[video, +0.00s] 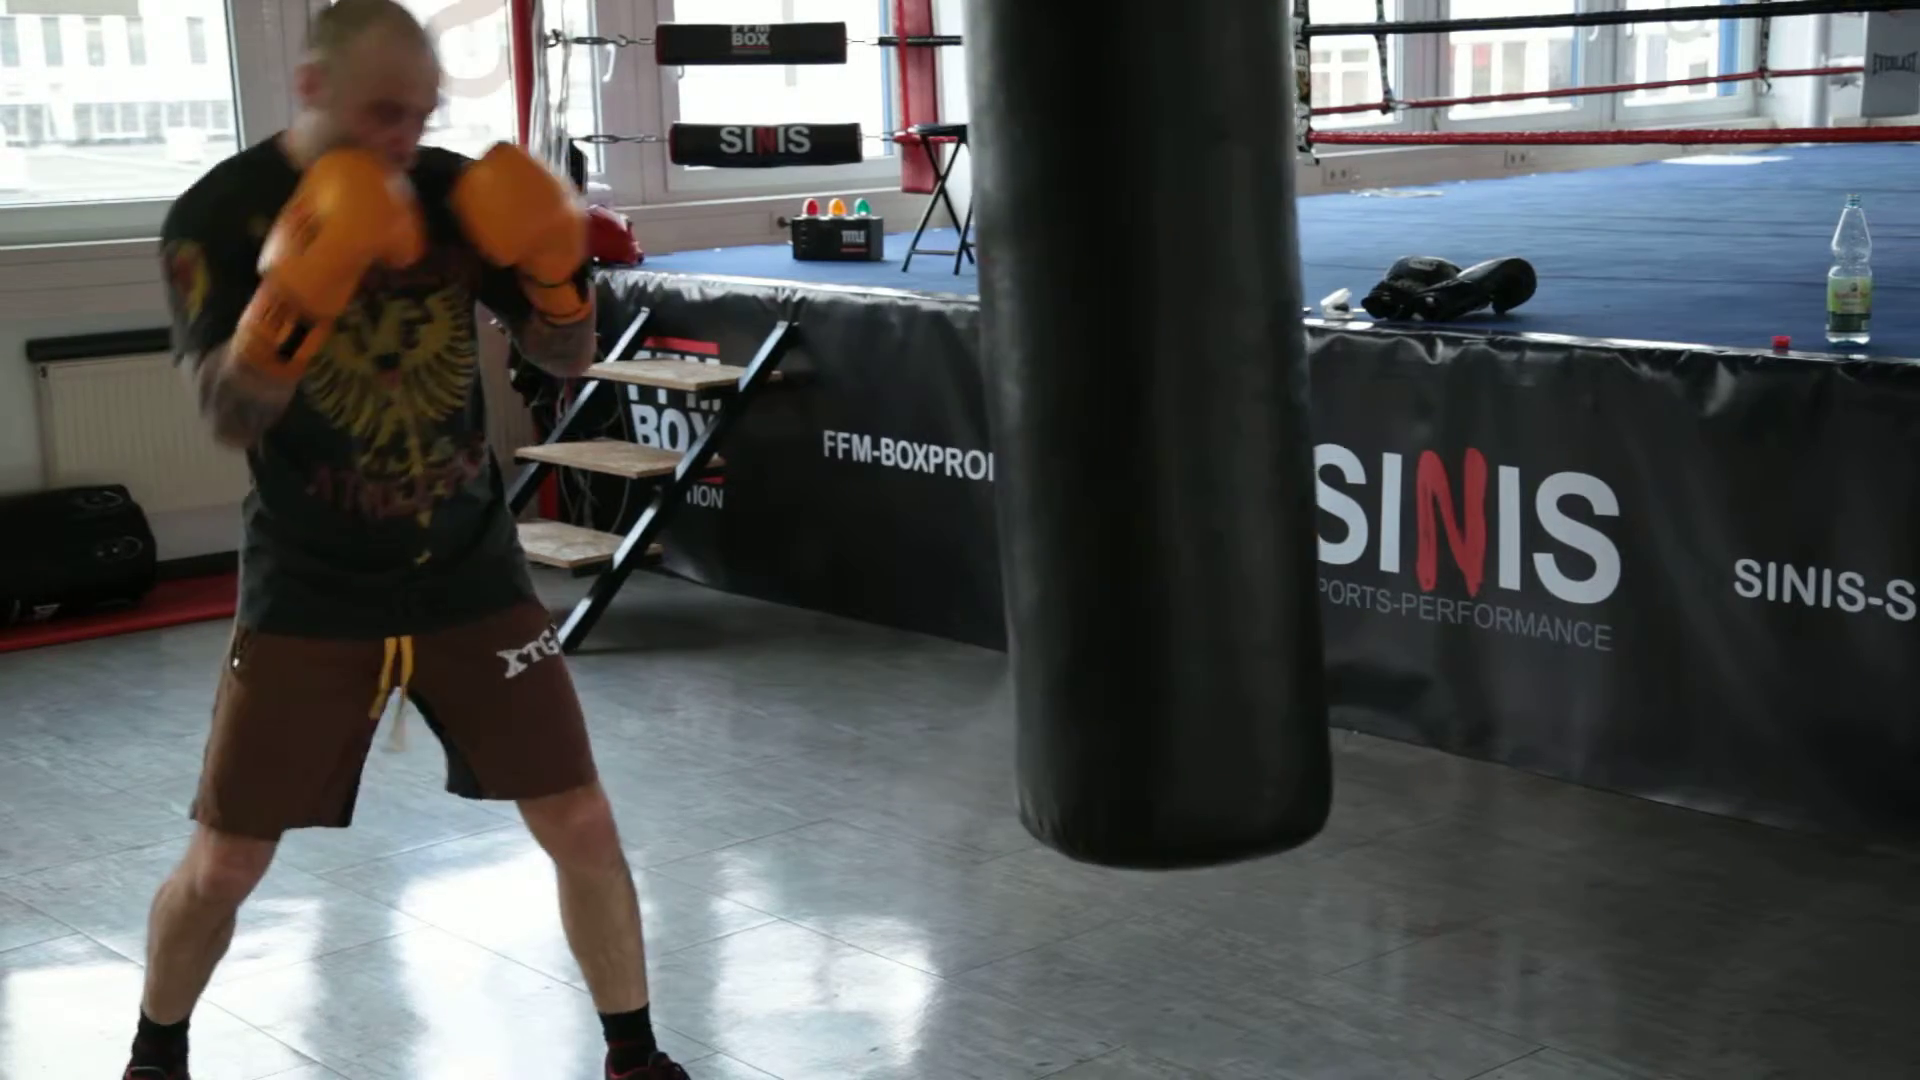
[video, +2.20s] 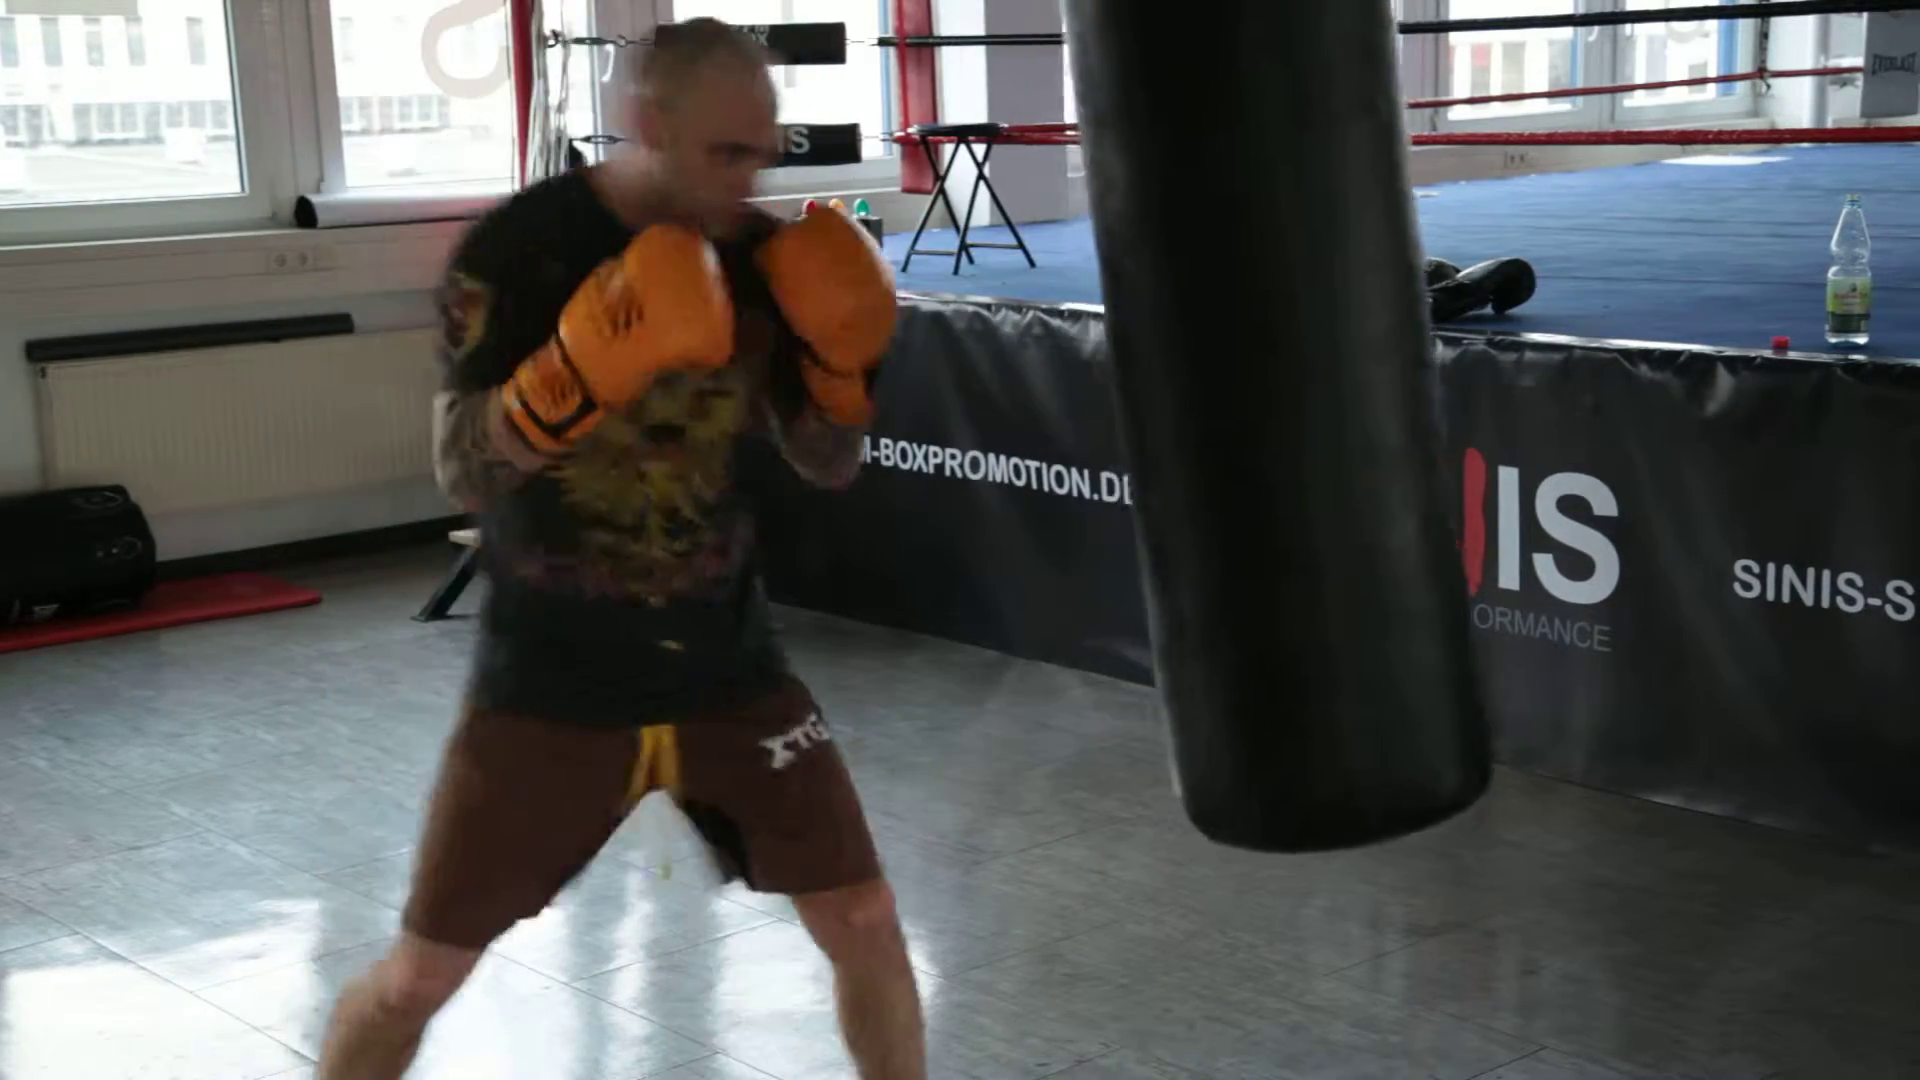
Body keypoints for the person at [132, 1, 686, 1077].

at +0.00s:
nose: (408, 139)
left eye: (423, 113)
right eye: (384, 112)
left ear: (439, 99)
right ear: (311, 88)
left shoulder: (457, 192)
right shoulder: (223, 216)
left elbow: (557, 372)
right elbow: (231, 418)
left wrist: (558, 279)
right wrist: (294, 294)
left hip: (469, 561)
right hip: (311, 574)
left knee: (583, 824)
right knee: (226, 865)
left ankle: (636, 1058)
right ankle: (156, 1058)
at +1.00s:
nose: (444, 256)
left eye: (460, 227)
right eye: (416, 234)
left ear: (479, 201)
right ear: (342, 213)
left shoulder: (523, 261)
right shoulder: (273, 301)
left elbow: (661, 428)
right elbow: (261, 498)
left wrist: (616, 328)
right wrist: (332, 437)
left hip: (525, 637)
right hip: (353, 646)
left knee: (654, 883)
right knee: (254, 921)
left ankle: (703, 1073)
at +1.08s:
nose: (495, 275)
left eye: (508, 247)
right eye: (468, 255)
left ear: (522, 221)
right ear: (390, 232)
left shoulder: (565, 298)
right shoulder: (313, 319)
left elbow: (670, 474)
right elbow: (286, 510)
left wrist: (659, 401)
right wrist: (335, 497)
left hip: (557, 658)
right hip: (381, 673)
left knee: (689, 886)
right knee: (272, 934)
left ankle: (711, 1073)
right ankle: (205, 1078)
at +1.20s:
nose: (630, 226)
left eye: (640, 198)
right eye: (607, 200)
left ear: (649, 178)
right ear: (534, 171)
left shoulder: (634, 272)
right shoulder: (414, 264)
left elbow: (681, 431)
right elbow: (329, 454)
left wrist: (704, 368)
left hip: (575, 607)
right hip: (424, 620)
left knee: (685, 848)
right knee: (324, 915)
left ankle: (711, 1074)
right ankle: (208, 1077)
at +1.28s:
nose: (681, 213)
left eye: (695, 189)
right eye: (660, 185)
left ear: (705, 175)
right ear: (580, 159)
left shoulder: (651, 257)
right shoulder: (489, 225)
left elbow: (701, 412)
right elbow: (466, 341)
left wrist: (749, 348)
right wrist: (659, 277)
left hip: (578, 589)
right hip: (441, 602)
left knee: (688, 839)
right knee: (334, 910)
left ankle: (710, 1075)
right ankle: (210, 1073)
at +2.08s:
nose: (661, 159)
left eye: (673, 132)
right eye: (638, 132)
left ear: (681, 119)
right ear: (551, 101)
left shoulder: (653, 225)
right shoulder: (423, 225)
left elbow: (756, 412)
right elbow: (436, 419)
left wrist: (791, 320)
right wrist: (583, 319)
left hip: (649, 632)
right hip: (479, 647)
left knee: (798, 905)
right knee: (384, 956)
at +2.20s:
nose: (751, 182)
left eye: (763, 155)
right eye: (729, 153)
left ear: (774, 141)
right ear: (647, 127)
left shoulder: (760, 253)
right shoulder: (518, 248)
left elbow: (823, 465)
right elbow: (460, 472)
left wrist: (844, 363)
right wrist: (579, 373)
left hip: (725, 658)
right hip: (552, 671)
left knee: (864, 919)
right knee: (421, 974)